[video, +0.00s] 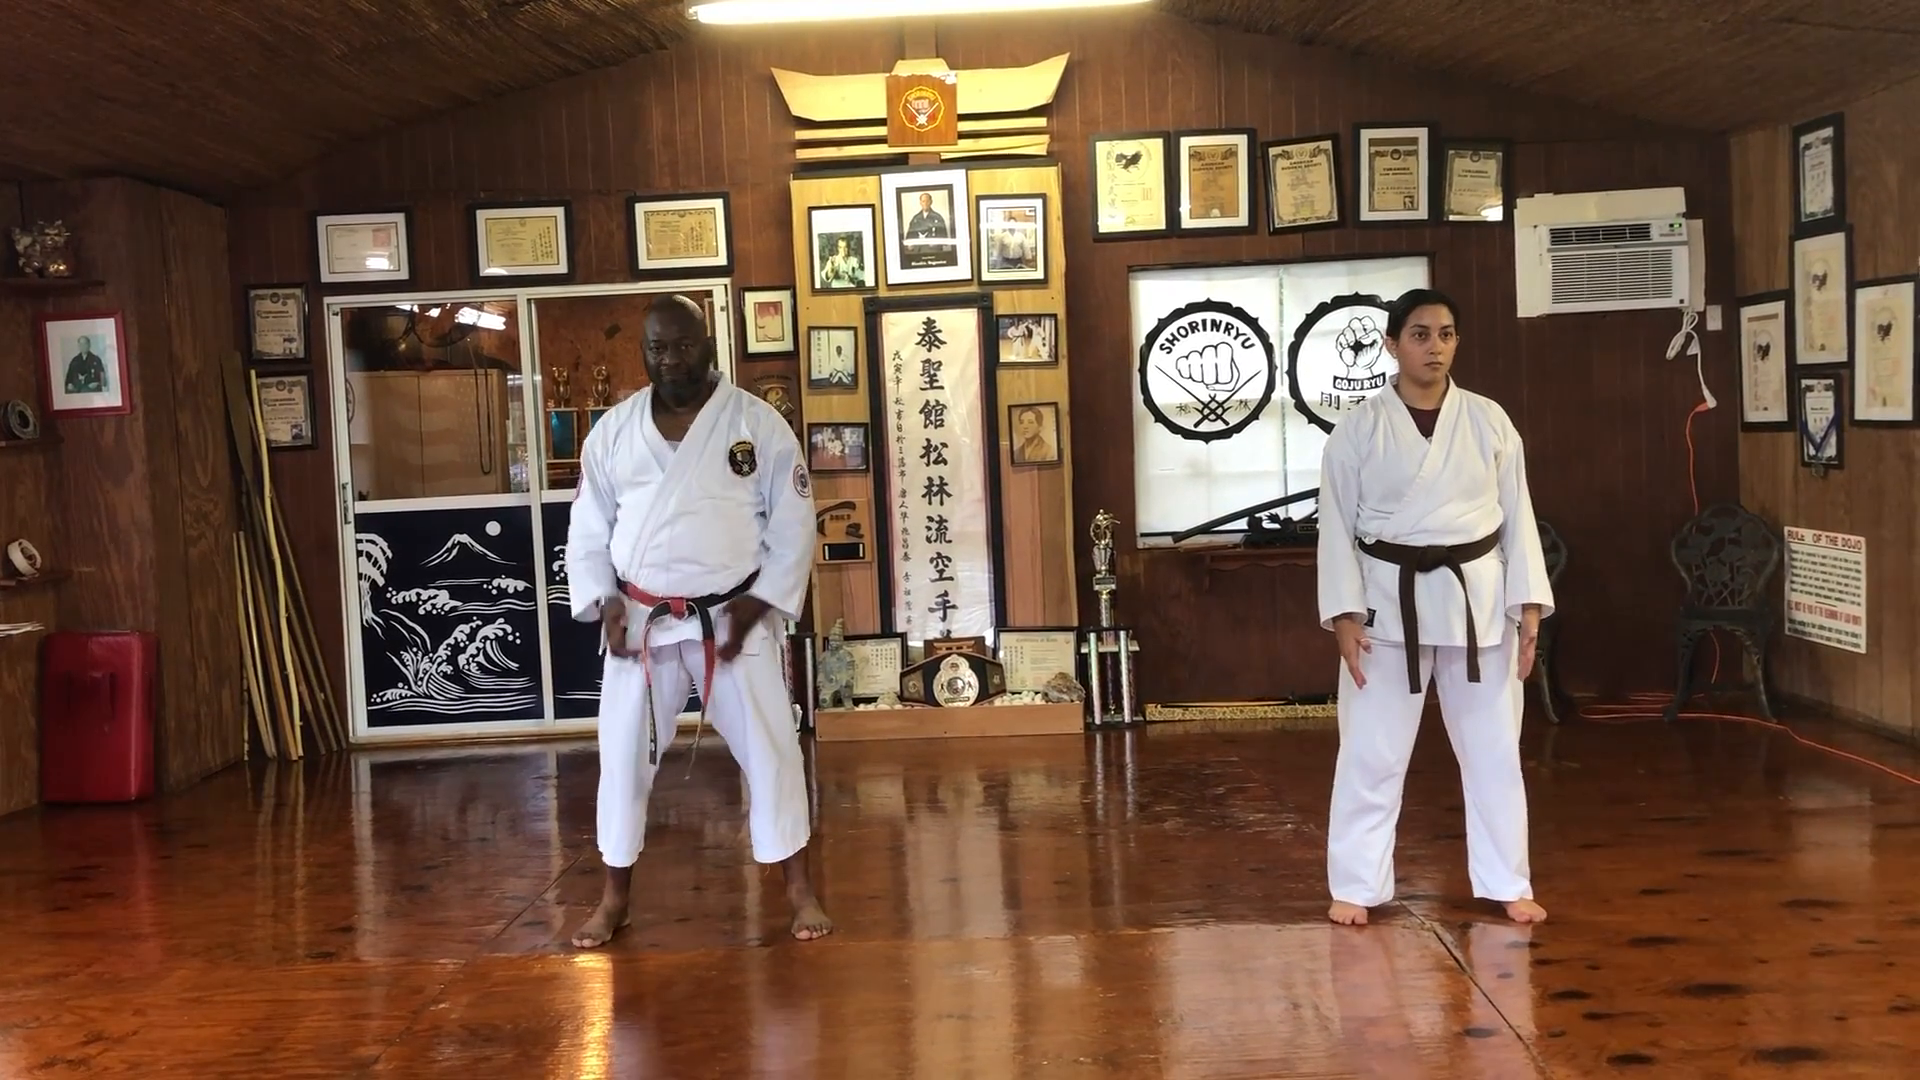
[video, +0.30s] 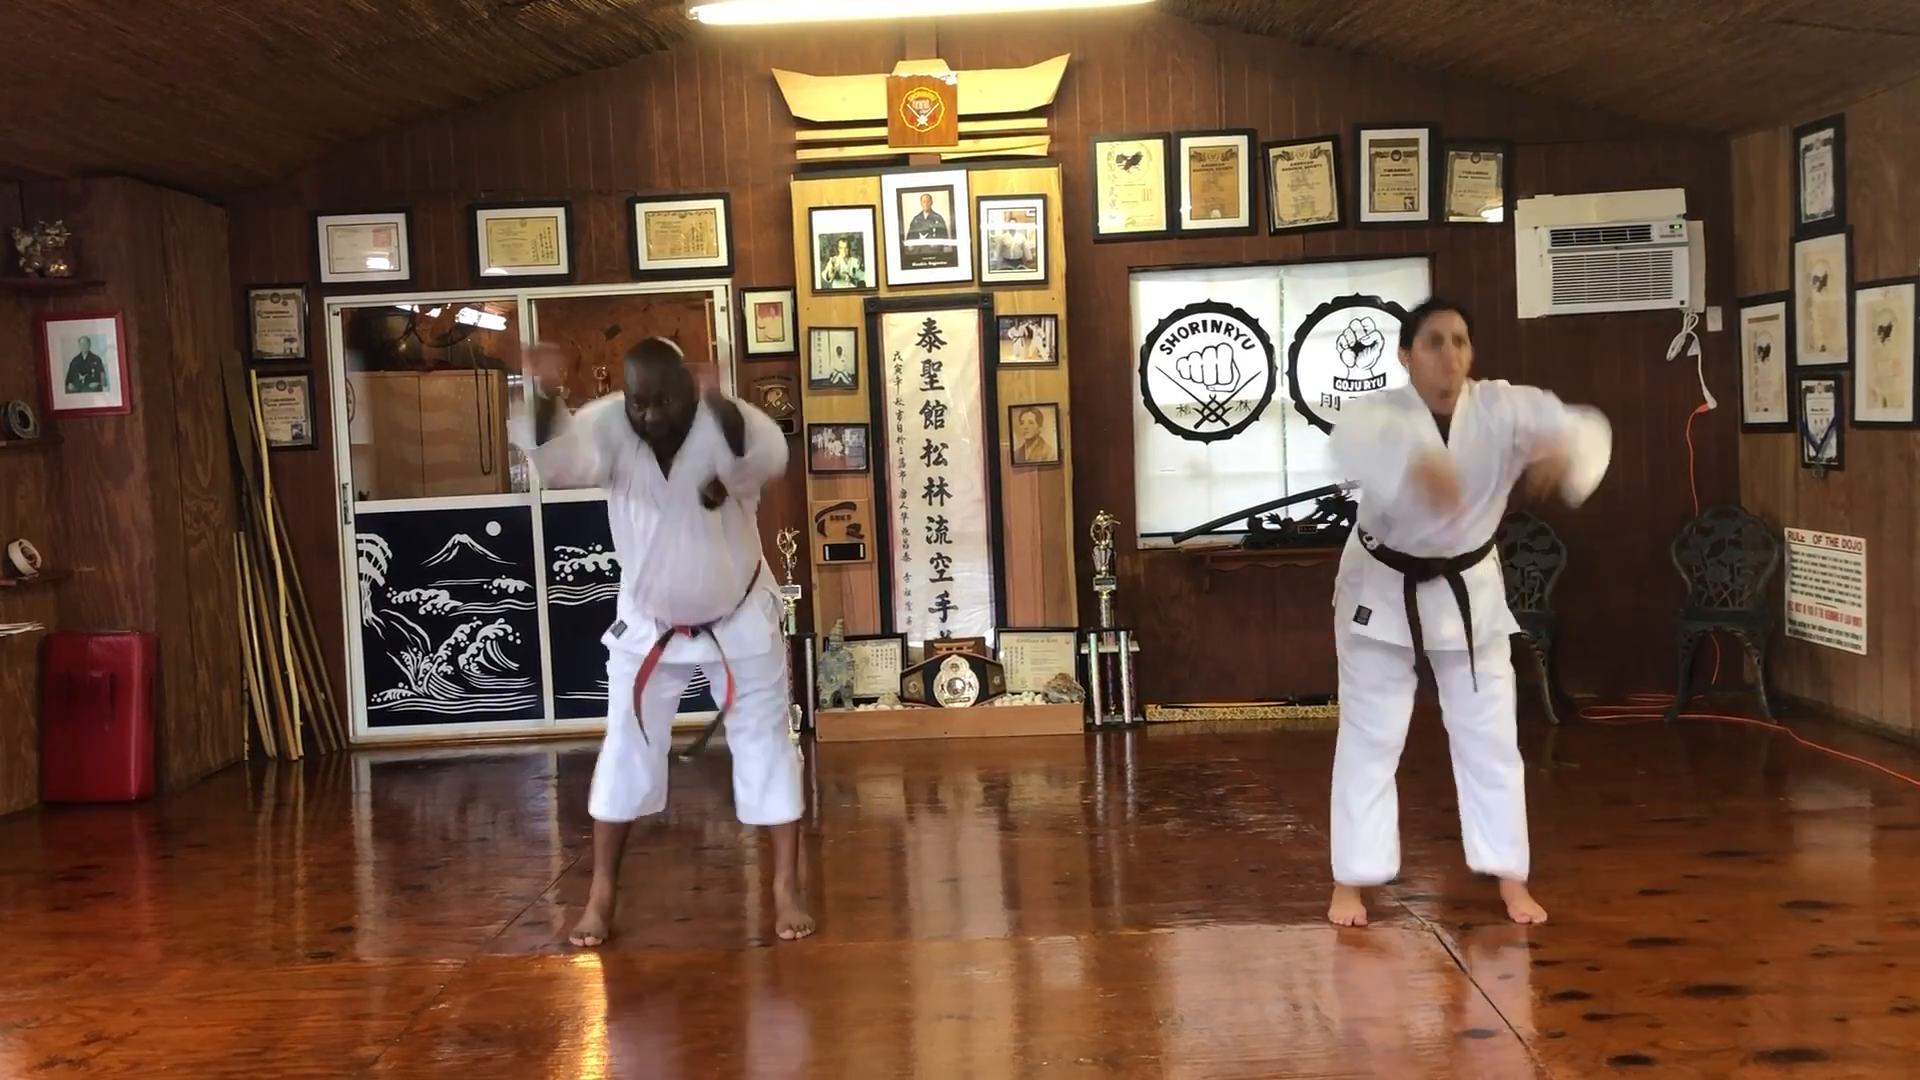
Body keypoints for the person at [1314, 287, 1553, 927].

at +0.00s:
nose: (1435, 345)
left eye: (1445, 334)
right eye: (1420, 333)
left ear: (1457, 344)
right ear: (1393, 345)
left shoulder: (1489, 420)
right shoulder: (1358, 427)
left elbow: (1518, 519)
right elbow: (1336, 523)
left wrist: (1529, 606)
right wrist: (1343, 611)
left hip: (1480, 603)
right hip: (1387, 603)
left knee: (1494, 755)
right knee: (1372, 756)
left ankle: (1508, 885)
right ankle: (1354, 890)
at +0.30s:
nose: (1451, 352)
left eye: (1460, 341)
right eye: (1436, 342)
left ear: (1473, 354)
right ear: (1407, 356)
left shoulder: (1503, 406)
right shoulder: (1372, 415)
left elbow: (1588, 431)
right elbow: (1369, 443)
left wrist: (1564, 454)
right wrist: (1421, 462)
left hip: (1470, 585)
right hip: (1380, 586)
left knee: (1490, 732)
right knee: (1371, 735)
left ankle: (1512, 878)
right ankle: (1349, 881)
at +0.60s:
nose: (1450, 391)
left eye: (1461, 380)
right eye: (1438, 382)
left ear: (1478, 388)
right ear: (1416, 389)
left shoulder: (1493, 436)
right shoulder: (1386, 443)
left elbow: (1549, 421)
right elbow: (1383, 432)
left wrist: (1580, 382)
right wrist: (1414, 381)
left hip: (1466, 594)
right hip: (1376, 594)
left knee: (1484, 736)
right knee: (1375, 739)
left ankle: (1509, 879)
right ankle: (1350, 883)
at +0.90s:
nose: (1367, 437)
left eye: (1380, 423)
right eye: (1361, 426)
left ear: (1421, 423)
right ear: (1356, 432)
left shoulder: (1467, 470)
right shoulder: (1354, 478)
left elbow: (1562, 446)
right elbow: (1330, 539)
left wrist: (1505, 440)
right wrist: (1335, 476)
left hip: (1416, 639)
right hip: (1328, 625)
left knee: (1479, 768)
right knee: (1265, 751)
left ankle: (1504, 893)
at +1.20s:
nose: (1137, 446)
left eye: (1149, 433)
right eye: (1135, 433)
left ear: (1189, 438)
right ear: (1137, 437)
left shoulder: (1235, 494)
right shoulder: (1117, 492)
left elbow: (1302, 538)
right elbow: (1139, 571)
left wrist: (1353, 549)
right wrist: (1223, 561)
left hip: (1224, 660)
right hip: (1130, 661)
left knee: (1304, 779)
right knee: (1065, 785)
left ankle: (1361, 863)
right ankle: (1010, 906)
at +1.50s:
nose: (1073, 435)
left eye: (1084, 423)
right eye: (1071, 423)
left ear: (1124, 425)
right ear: (1075, 425)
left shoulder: (1173, 493)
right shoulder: (1058, 488)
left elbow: (1157, 590)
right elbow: (998, 567)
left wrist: (1074, 641)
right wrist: (944, 638)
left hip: (1146, 638)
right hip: (1064, 634)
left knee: (1185, 776)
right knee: (1029, 768)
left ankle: (1212, 898)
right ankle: (1007, 907)